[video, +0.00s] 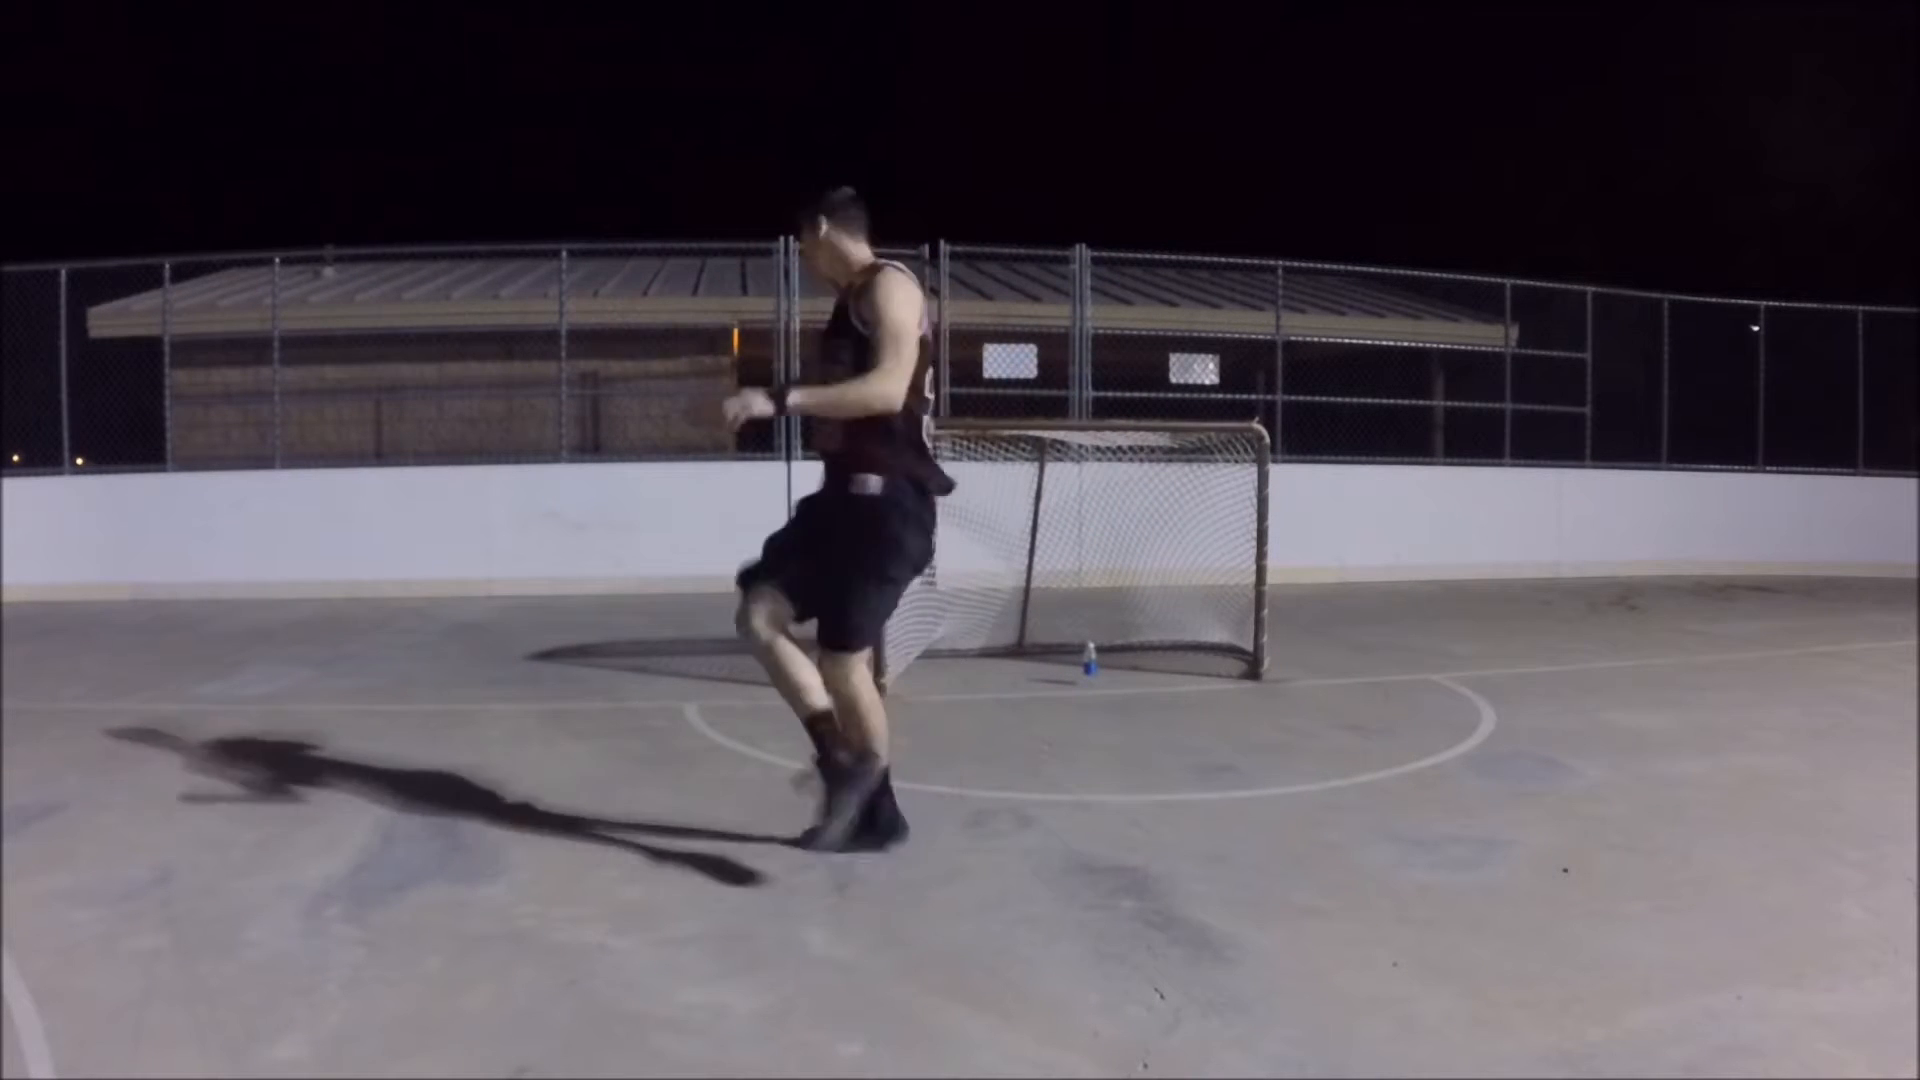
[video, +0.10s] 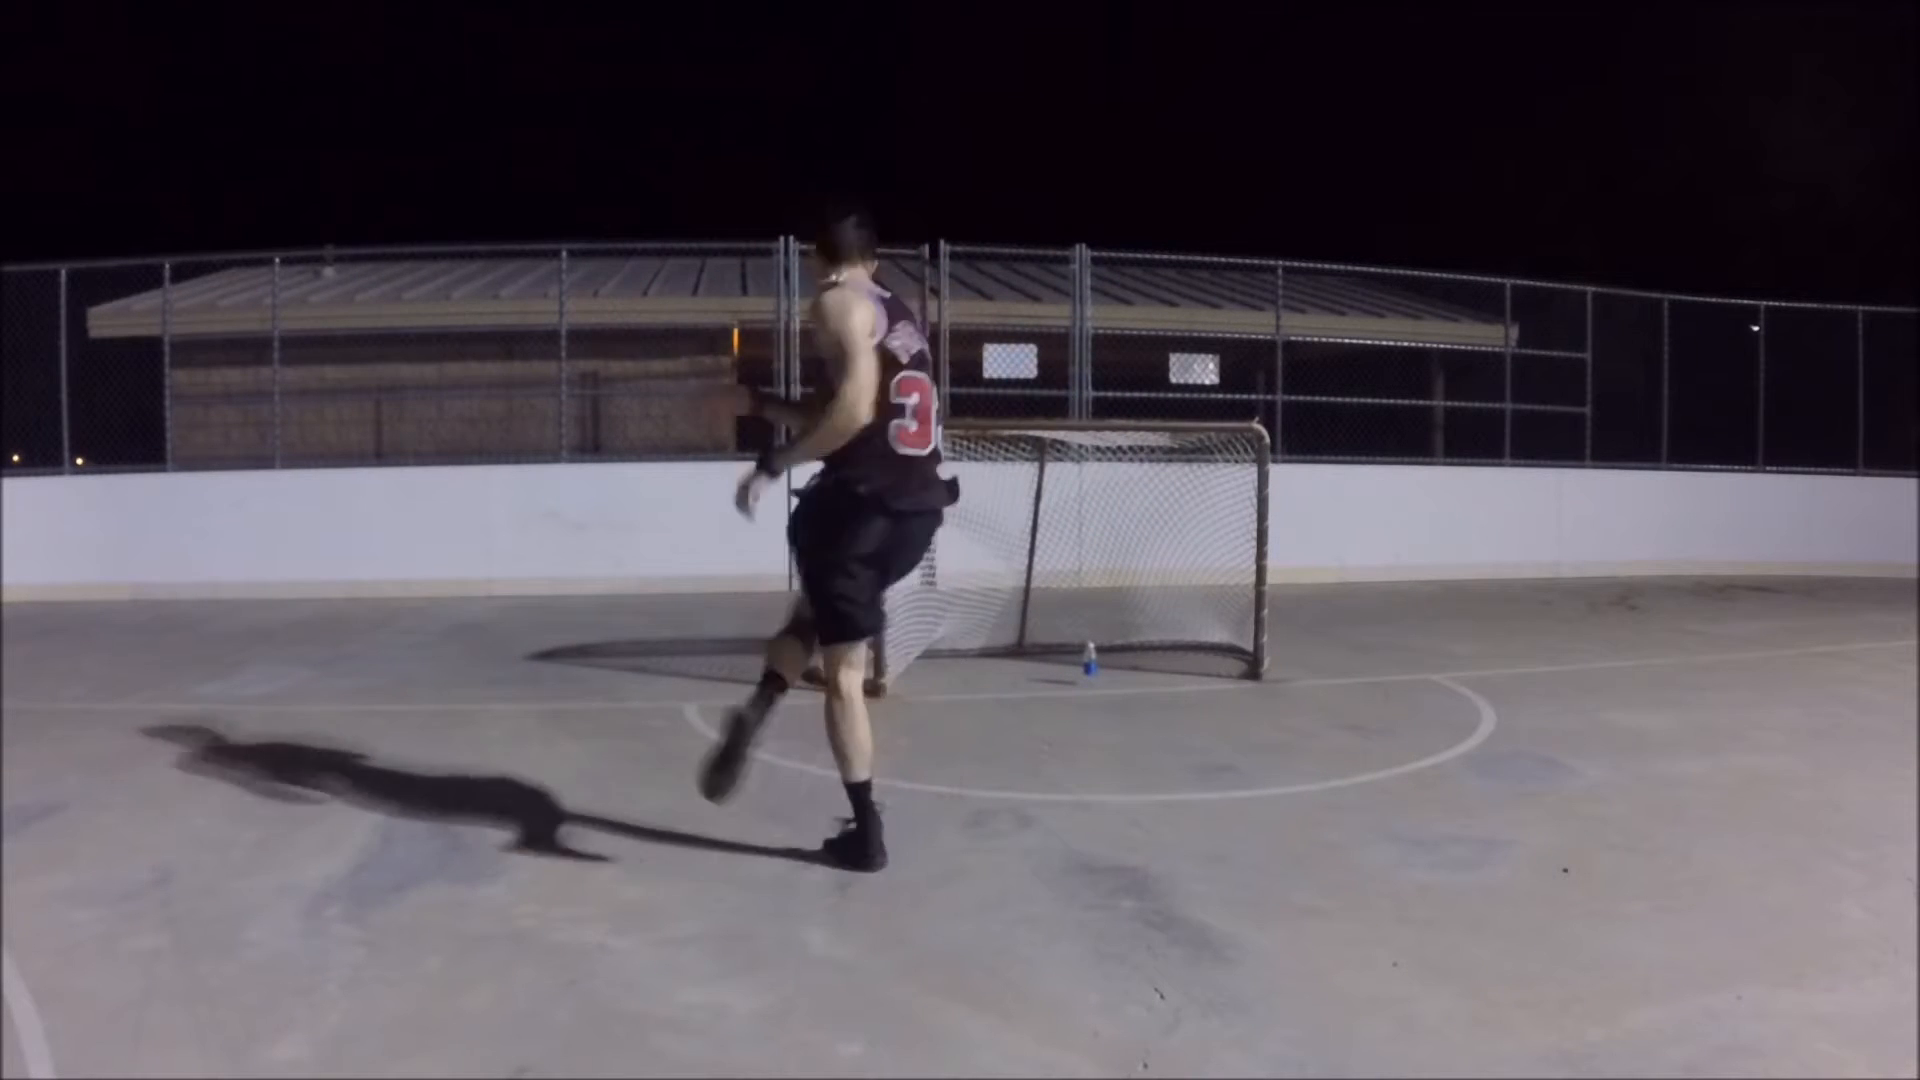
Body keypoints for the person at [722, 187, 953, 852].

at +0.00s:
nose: (806, 258)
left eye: (806, 243)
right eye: (804, 245)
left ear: (827, 233)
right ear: (845, 231)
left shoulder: (892, 287)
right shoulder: (853, 299)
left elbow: (887, 389)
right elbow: (867, 398)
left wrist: (782, 400)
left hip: (884, 506)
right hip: (843, 500)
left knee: (845, 663)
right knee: (761, 614)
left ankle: (878, 808)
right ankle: (840, 758)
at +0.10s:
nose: (808, 255)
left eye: (809, 244)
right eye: (816, 242)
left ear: (816, 247)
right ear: (872, 246)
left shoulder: (839, 302)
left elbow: (855, 409)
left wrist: (777, 465)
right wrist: (769, 410)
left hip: (857, 505)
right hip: (916, 511)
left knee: (843, 674)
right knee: (808, 620)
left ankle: (866, 834)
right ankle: (746, 725)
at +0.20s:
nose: (892, 310)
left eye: (888, 305)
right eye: (891, 303)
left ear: (827, 300)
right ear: (878, 299)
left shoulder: (790, 353)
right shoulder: (920, 344)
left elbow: (777, 459)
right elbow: (944, 448)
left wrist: (777, 525)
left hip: (843, 544)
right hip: (922, 544)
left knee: (839, 684)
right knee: (839, 648)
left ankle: (870, 835)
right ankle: (736, 717)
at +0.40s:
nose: (935, 245)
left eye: (938, 233)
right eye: (924, 232)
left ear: (900, 239)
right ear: (890, 231)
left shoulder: (857, 282)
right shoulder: (883, 269)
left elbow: (834, 395)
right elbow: (874, 361)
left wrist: (905, 421)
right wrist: (921, 366)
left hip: (806, 476)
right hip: (844, 473)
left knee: (848, 633)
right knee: (929, 605)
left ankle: (828, 794)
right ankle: (896, 734)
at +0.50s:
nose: (922, 227)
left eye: (928, 216)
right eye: (908, 216)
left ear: (933, 222)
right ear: (878, 221)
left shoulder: (905, 280)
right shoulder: (856, 261)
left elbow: (875, 377)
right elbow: (814, 353)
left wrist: (937, 397)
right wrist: (911, 371)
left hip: (868, 467)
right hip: (821, 467)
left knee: (849, 636)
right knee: (913, 612)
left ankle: (797, 766)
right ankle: (972, 738)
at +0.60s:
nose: (897, 257)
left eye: (906, 244)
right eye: (885, 246)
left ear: (921, 245)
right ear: (863, 247)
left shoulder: (920, 313)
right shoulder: (823, 302)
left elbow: (932, 362)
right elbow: (770, 393)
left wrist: (997, 395)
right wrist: (840, 418)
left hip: (884, 492)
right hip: (816, 493)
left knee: (857, 636)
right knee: (874, 626)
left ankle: (842, 775)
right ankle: (956, 781)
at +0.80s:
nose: (855, 279)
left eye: (866, 263)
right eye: (841, 266)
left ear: (884, 252)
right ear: (823, 262)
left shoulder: (921, 304)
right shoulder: (797, 321)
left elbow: (1003, 351)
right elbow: (737, 394)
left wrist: (1080, 360)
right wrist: (680, 442)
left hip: (902, 513)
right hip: (826, 513)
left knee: (875, 669)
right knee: (820, 655)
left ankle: (850, 773)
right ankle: (827, 810)